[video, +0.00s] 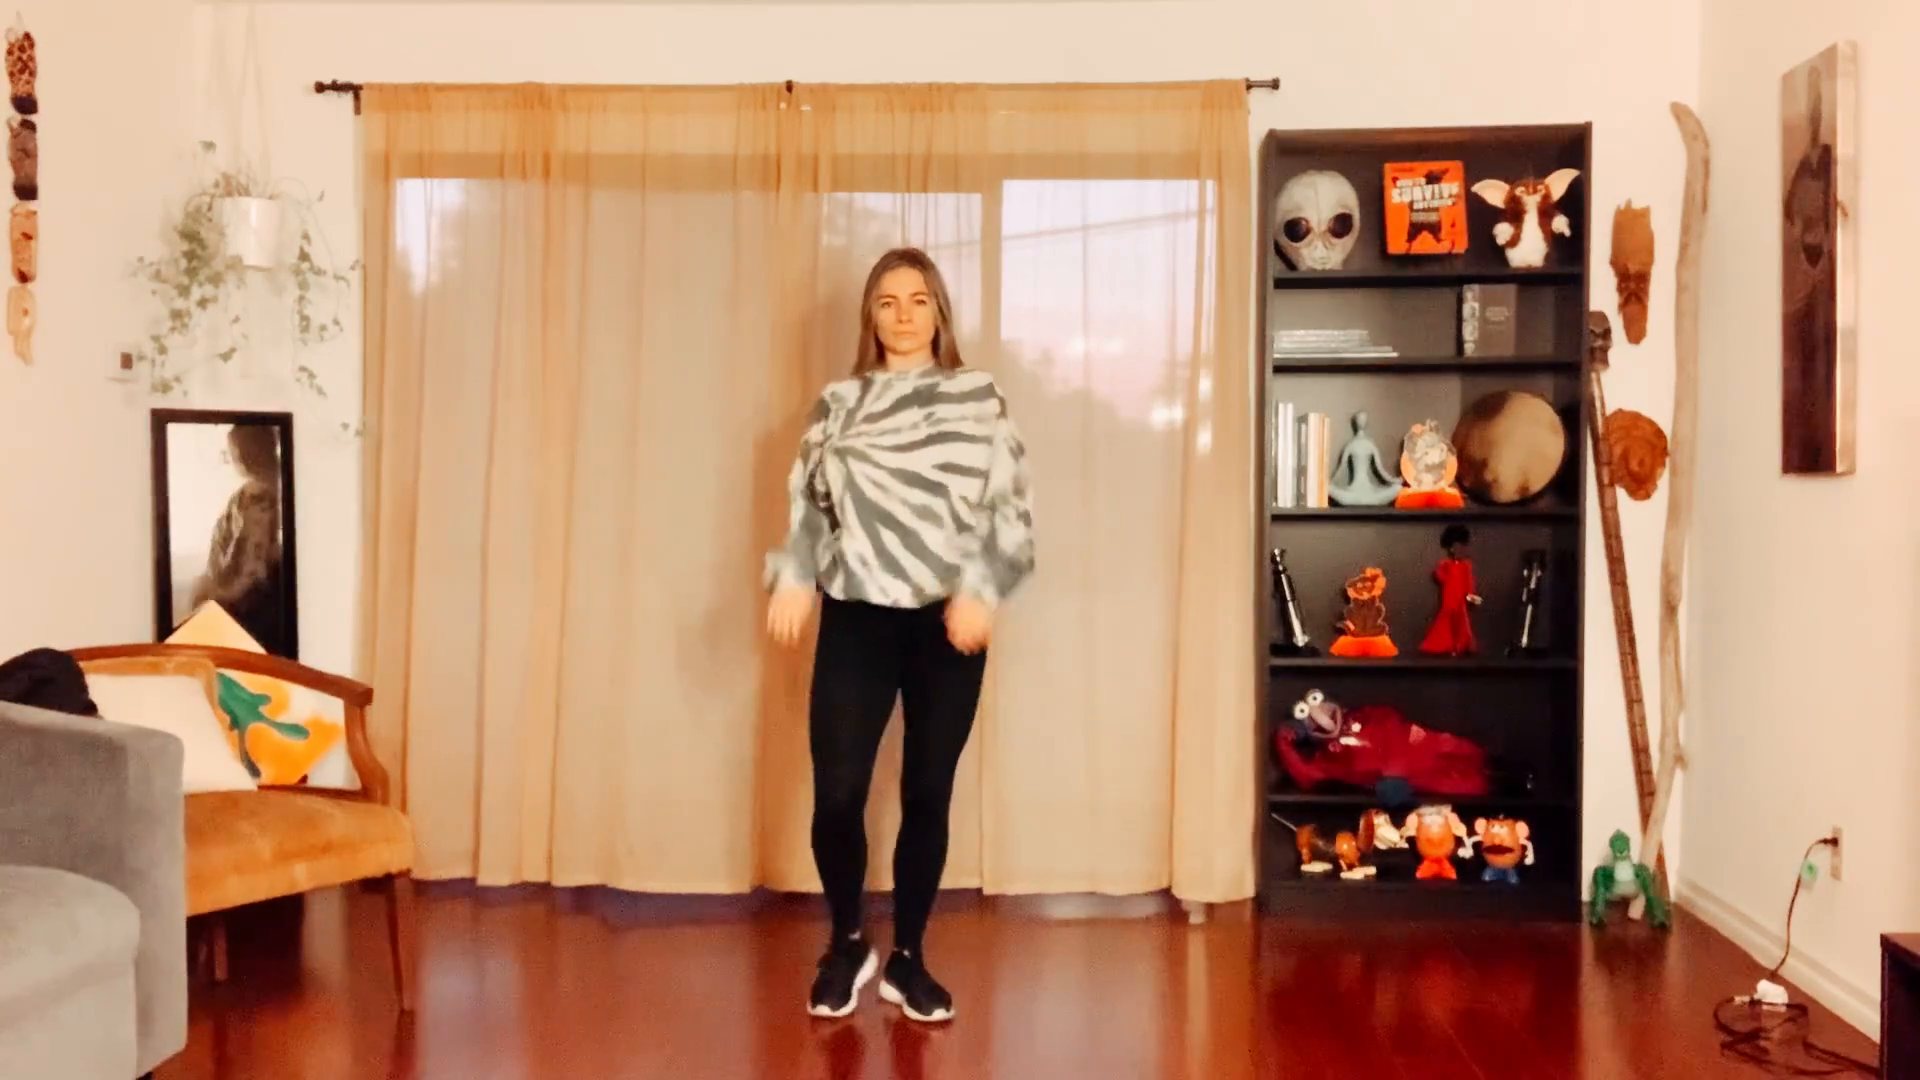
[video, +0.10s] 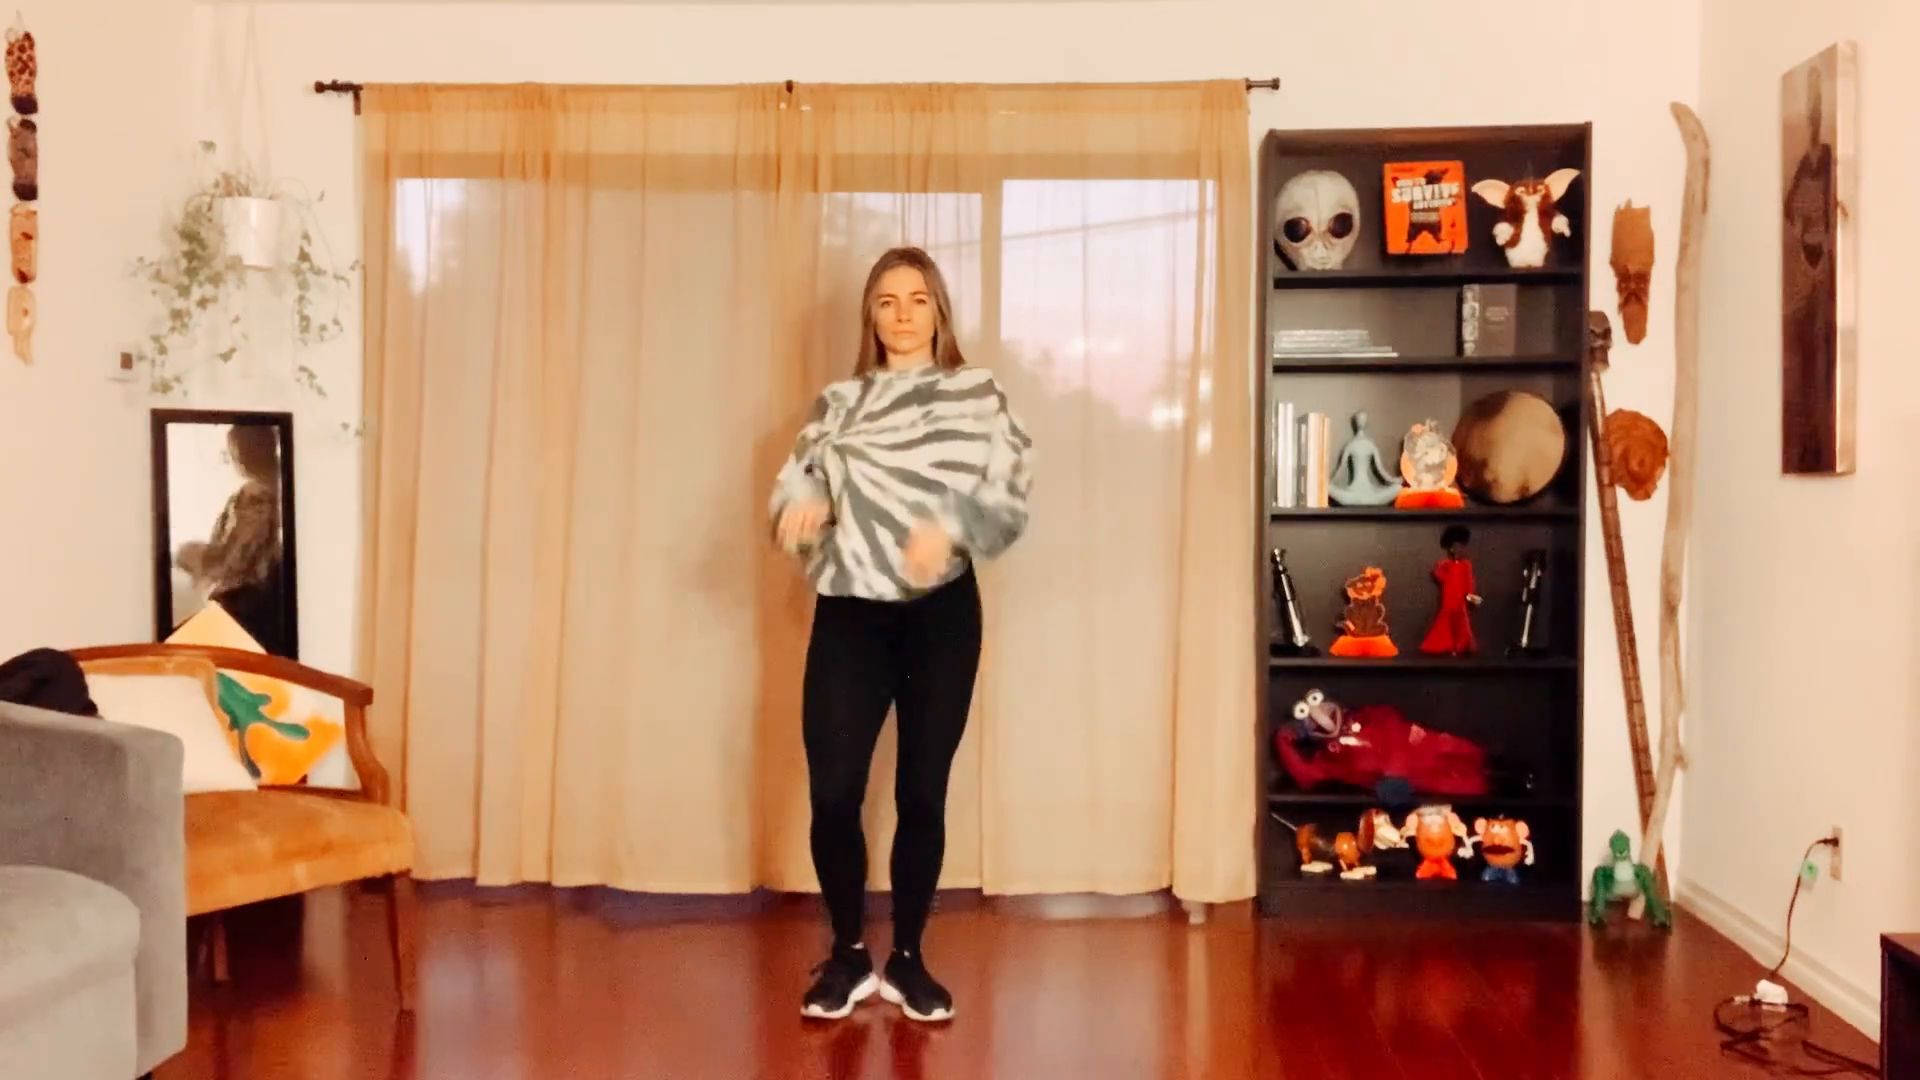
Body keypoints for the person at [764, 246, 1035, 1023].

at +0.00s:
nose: (902, 312)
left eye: (917, 300)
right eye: (887, 301)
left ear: (939, 311)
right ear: (870, 314)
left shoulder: (978, 398)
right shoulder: (841, 401)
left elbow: (1011, 513)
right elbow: (809, 501)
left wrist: (984, 590)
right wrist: (795, 574)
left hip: (947, 623)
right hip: (855, 618)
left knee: (926, 796)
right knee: (836, 796)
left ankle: (906, 959)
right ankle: (845, 944)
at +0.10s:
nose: (902, 312)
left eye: (917, 300)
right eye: (887, 301)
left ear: (939, 310)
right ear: (871, 314)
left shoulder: (978, 397)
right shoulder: (841, 402)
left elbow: (1006, 505)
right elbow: (797, 480)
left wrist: (952, 531)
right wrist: (800, 508)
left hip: (940, 617)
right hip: (848, 615)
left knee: (922, 795)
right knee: (833, 795)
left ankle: (906, 959)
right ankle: (847, 954)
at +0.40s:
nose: (890, 310)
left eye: (906, 299)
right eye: (876, 298)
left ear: (929, 312)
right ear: (857, 311)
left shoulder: (960, 388)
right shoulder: (833, 398)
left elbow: (977, 488)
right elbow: (786, 500)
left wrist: (893, 411)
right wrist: (845, 412)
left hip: (920, 611)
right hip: (829, 610)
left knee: (913, 797)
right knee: (827, 793)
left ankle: (906, 959)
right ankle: (845, 957)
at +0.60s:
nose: (886, 306)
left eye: (901, 295)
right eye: (873, 294)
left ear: (924, 309)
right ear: (853, 309)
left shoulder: (946, 381)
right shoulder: (832, 398)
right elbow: (783, 471)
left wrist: (844, 492)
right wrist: (825, 476)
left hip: (918, 606)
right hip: (830, 604)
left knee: (913, 795)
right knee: (829, 787)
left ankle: (906, 958)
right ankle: (847, 958)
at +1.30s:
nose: (896, 297)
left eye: (912, 286)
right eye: (882, 285)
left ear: (933, 301)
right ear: (862, 299)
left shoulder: (956, 390)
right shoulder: (820, 390)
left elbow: (963, 489)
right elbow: (798, 494)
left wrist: (951, 574)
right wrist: (799, 581)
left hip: (929, 608)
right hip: (838, 605)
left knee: (919, 791)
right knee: (837, 788)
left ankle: (905, 959)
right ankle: (848, 956)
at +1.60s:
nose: (889, 295)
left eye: (905, 284)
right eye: (875, 283)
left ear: (927, 300)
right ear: (856, 297)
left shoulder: (953, 383)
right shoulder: (831, 382)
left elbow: (1008, 468)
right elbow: (794, 472)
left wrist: (1070, 533)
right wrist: (728, 523)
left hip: (927, 607)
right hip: (834, 606)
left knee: (913, 790)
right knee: (834, 791)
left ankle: (905, 958)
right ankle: (848, 958)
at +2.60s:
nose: (876, 334)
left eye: (891, 326)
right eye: (863, 322)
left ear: (910, 344)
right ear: (838, 335)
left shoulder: (947, 426)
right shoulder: (801, 426)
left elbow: (1012, 531)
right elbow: (715, 472)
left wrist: (1059, 630)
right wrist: (624, 462)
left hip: (961, 626)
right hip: (865, 634)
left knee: (1001, 797)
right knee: (794, 790)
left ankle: (1013, 963)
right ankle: (765, 954)